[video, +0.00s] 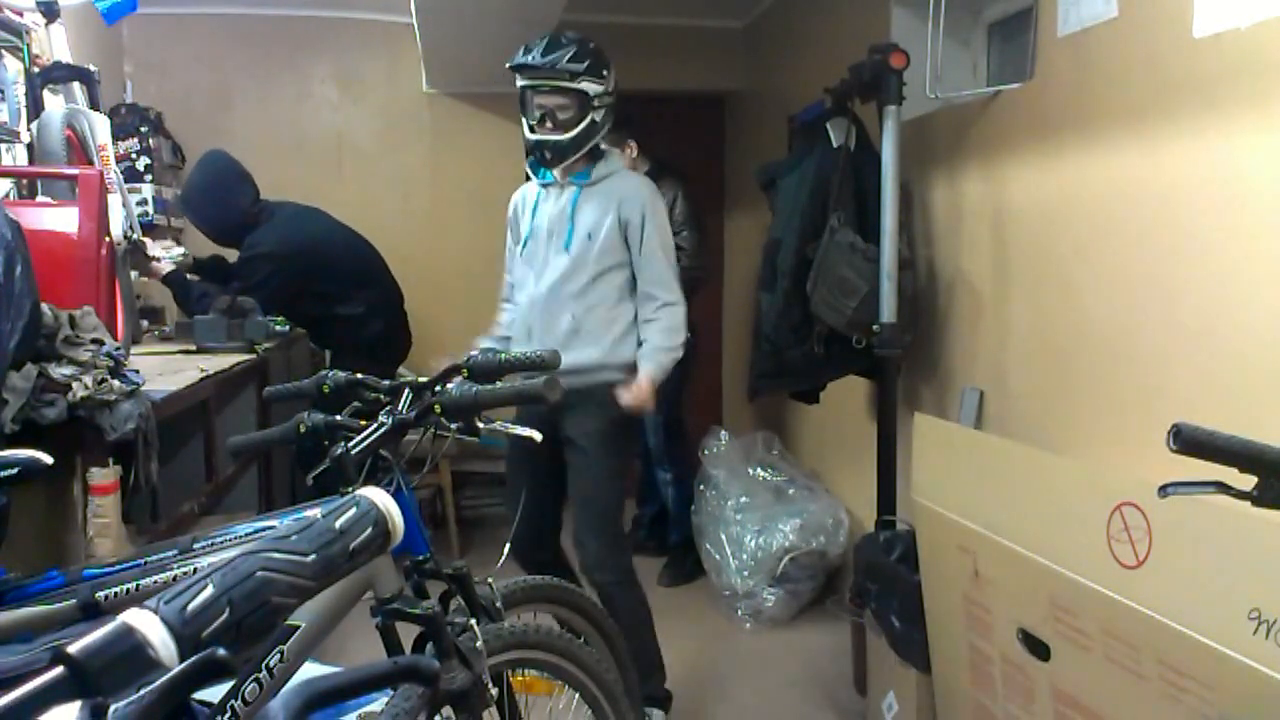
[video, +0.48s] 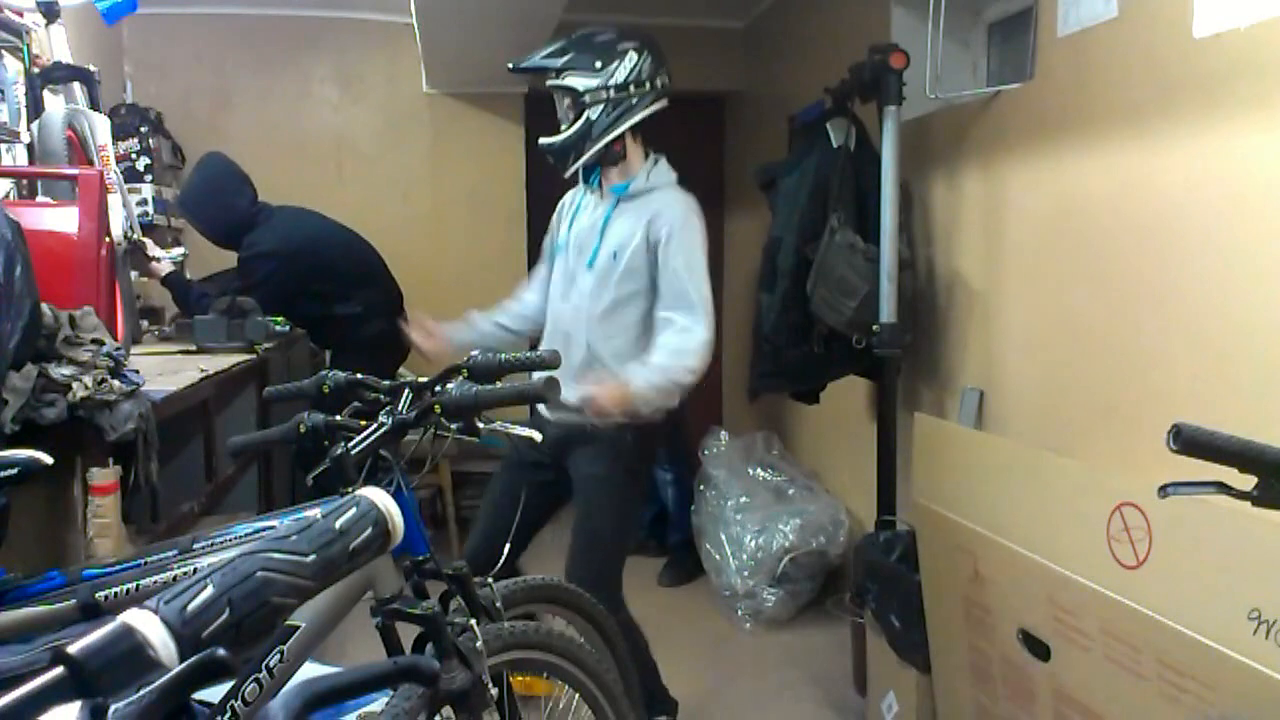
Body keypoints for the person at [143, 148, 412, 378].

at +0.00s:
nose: (202, 229)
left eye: (201, 220)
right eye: (198, 221)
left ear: (215, 218)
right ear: (244, 194)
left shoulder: (267, 251)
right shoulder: (280, 216)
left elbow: (226, 311)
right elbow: (244, 280)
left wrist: (166, 275)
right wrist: (191, 262)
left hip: (369, 349)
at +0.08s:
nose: (204, 231)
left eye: (202, 222)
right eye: (200, 223)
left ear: (215, 218)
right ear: (241, 194)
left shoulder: (266, 250)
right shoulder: (278, 218)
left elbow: (227, 314)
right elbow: (242, 279)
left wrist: (167, 276)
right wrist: (183, 269)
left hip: (366, 350)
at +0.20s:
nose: (203, 232)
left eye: (201, 223)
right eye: (198, 224)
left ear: (215, 217)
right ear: (239, 195)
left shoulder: (267, 251)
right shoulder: (280, 219)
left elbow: (220, 316)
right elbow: (246, 277)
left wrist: (167, 276)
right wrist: (190, 284)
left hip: (365, 350)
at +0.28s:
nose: (203, 233)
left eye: (201, 223)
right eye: (198, 224)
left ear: (215, 218)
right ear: (239, 195)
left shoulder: (266, 252)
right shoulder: (279, 220)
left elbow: (220, 319)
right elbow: (244, 279)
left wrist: (168, 276)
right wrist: (186, 285)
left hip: (367, 350)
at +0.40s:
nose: (203, 231)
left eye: (200, 222)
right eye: (198, 223)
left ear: (214, 217)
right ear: (239, 194)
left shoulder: (265, 252)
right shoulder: (277, 222)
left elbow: (224, 318)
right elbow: (243, 281)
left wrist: (167, 274)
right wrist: (184, 286)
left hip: (369, 348)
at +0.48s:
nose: (204, 231)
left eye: (201, 222)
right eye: (199, 223)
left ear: (215, 217)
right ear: (239, 195)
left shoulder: (265, 252)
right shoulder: (277, 221)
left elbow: (226, 318)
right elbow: (241, 284)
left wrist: (166, 275)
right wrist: (181, 284)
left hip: (369, 343)